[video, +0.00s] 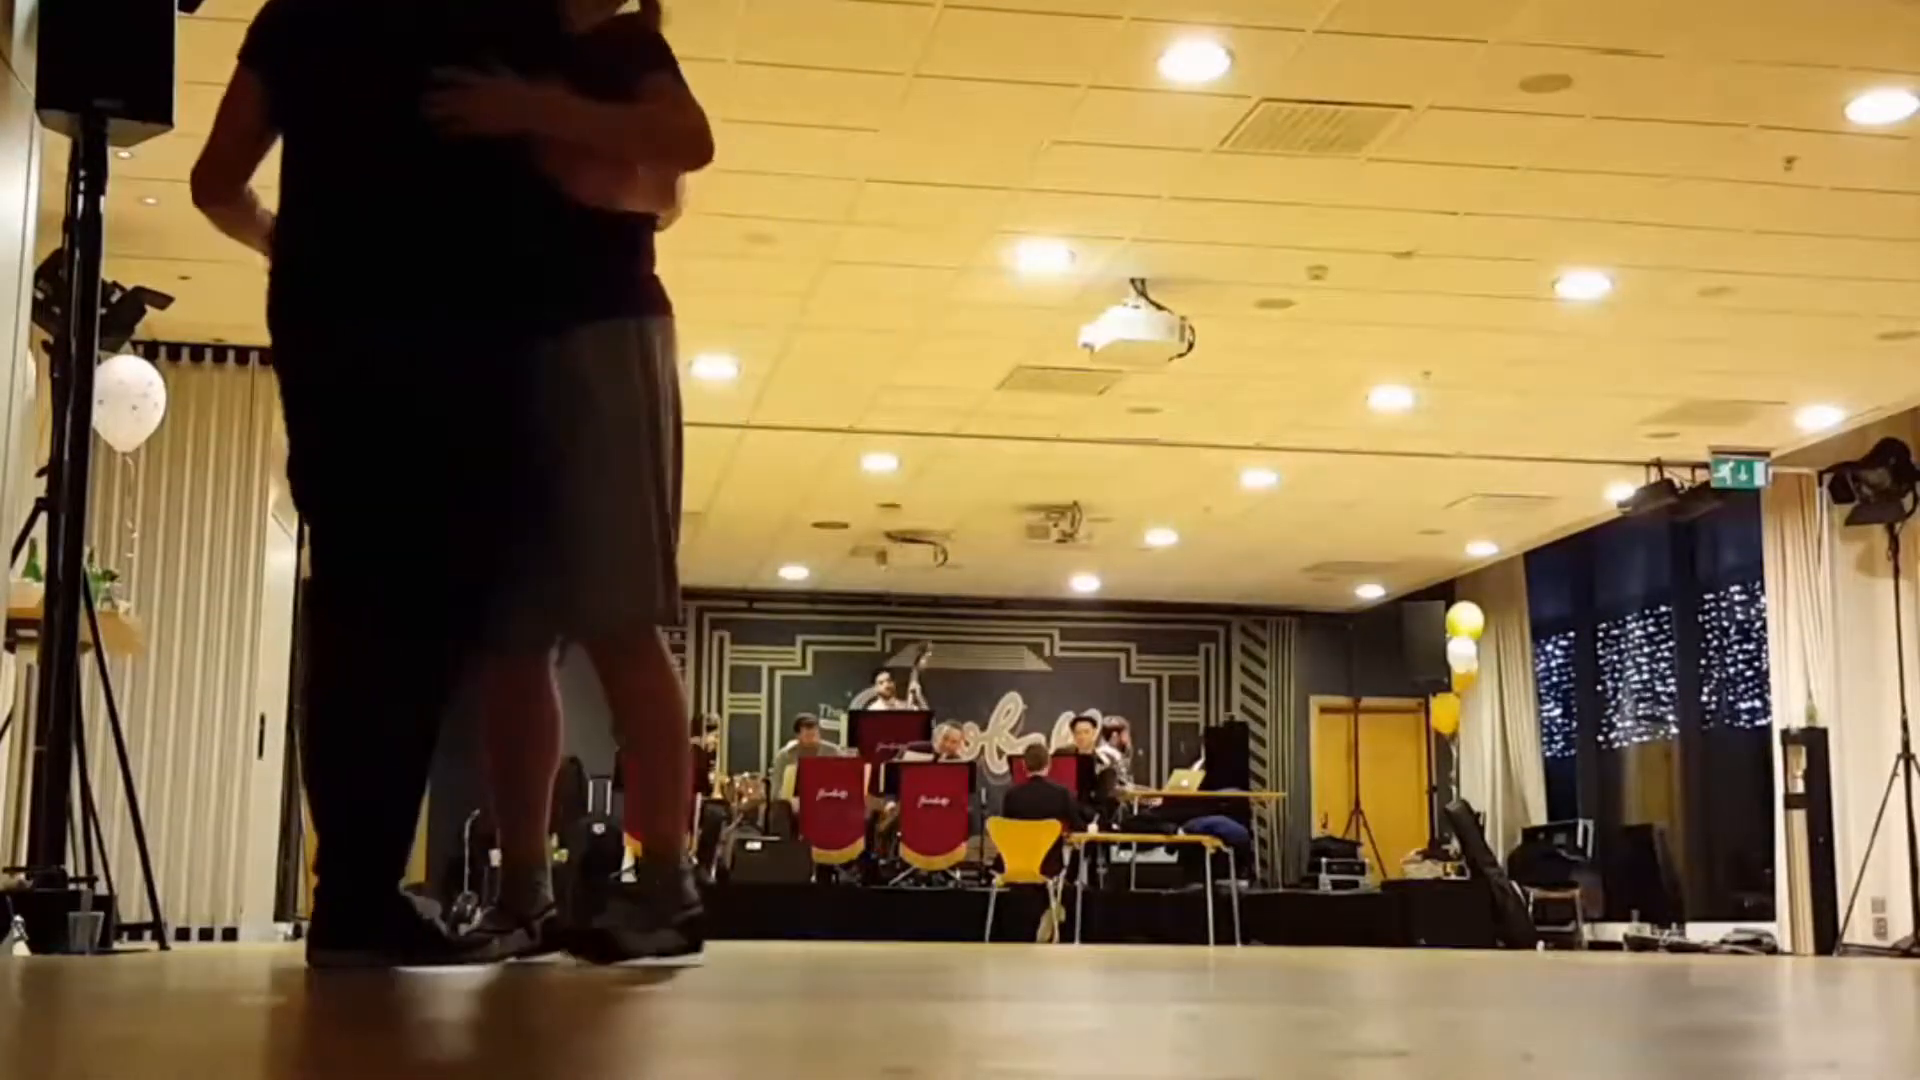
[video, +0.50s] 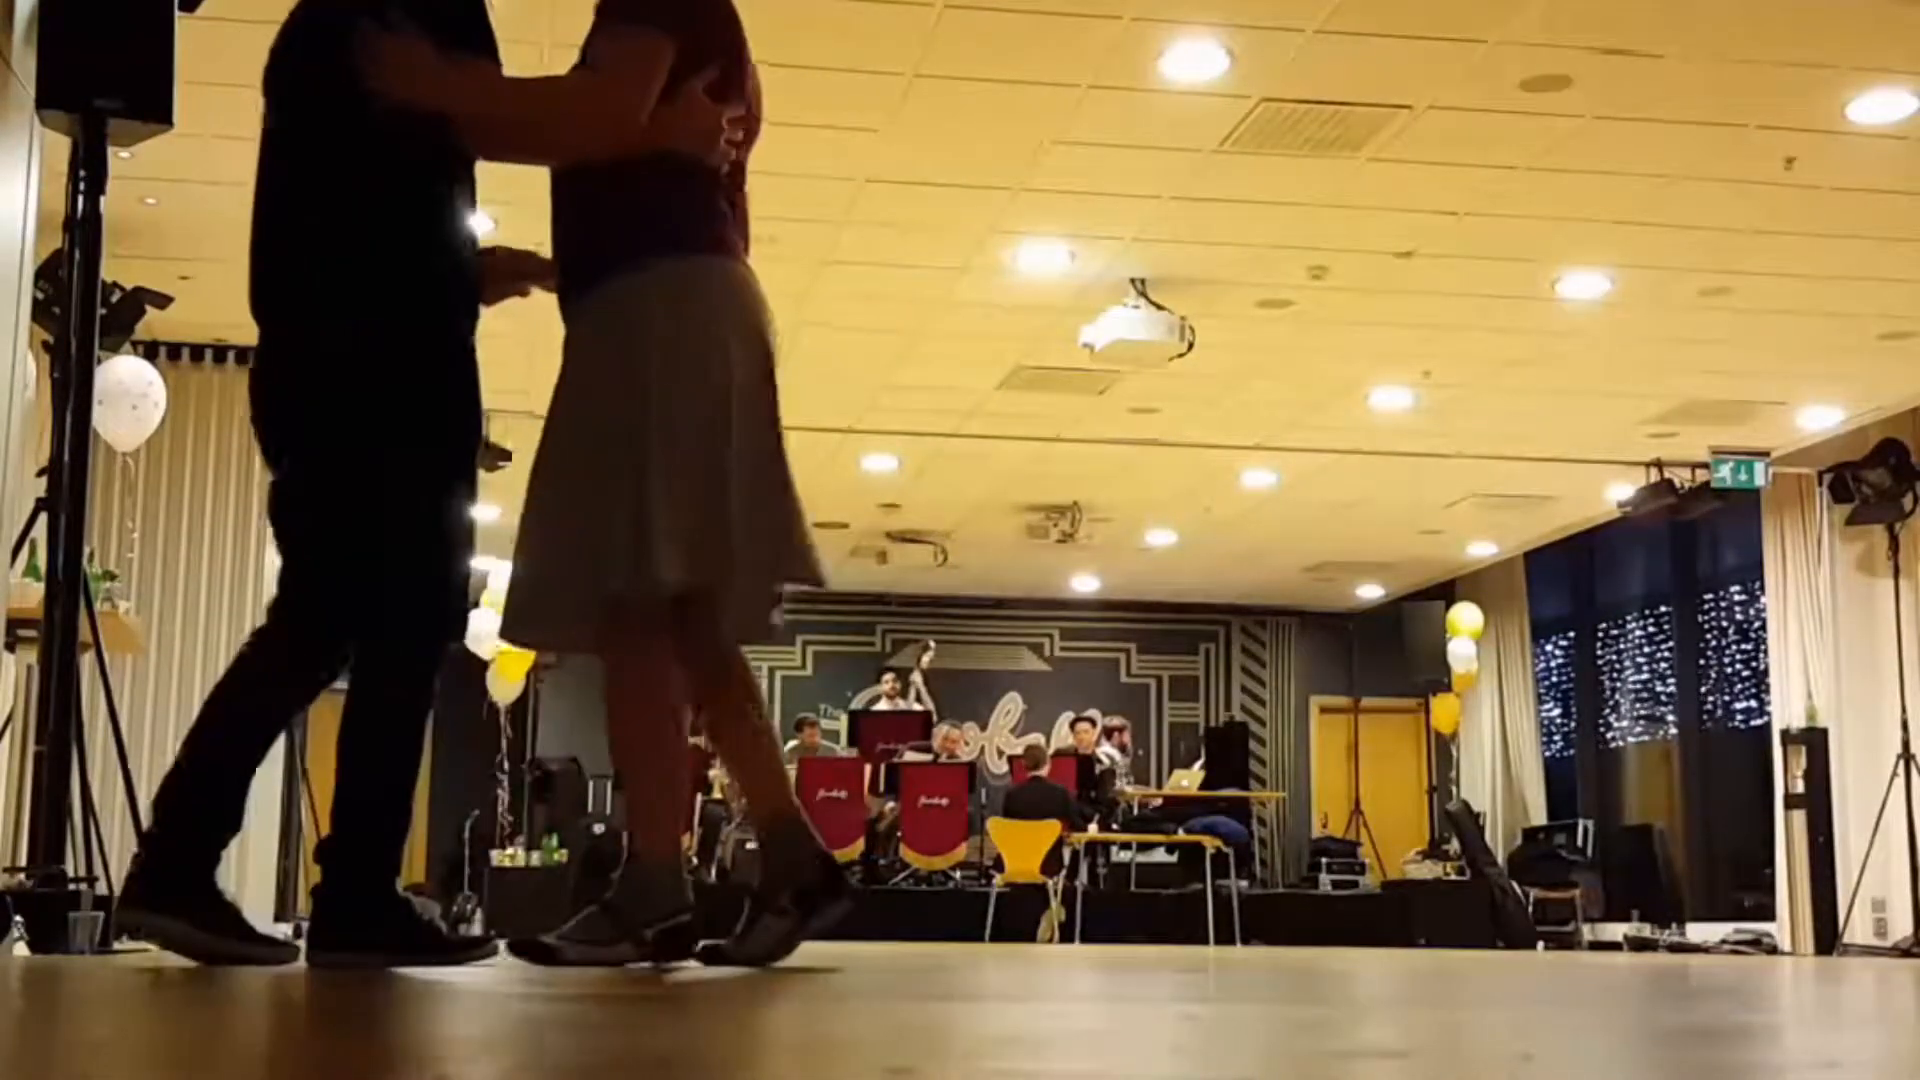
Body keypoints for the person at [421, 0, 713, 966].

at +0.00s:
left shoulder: (612, 33)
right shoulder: (447, 56)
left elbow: (689, 139)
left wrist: (532, 106)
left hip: (599, 338)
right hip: (478, 344)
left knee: (621, 621)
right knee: (509, 633)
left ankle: (664, 888)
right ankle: (524, 896)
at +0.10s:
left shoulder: (626, 22)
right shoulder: (508, 51)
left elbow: (678, 129)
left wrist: (518, 107)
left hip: (611, 334)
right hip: (509, 336)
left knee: (610, 622)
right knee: (518, 630)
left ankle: (647, 896)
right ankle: (523, 896)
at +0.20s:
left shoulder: (646, 35)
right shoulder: (594, 62)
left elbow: (658, 140)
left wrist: (499, 115)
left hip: (635, 347)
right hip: (567, 356)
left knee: (609, 621)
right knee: (542, 631)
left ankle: (646, 896)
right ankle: (547, 893)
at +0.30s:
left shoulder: (653, 22)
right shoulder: (653, 58)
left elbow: (634, 126)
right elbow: (625, 259)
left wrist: (470, 97)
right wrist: (493, 294)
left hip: (644, 335)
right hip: (631, 340)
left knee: (600, 620)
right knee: (593, 622)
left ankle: (642, 899)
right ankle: (633, 895)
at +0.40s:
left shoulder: (660, 8)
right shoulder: (679, 42)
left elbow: (616, 116)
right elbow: (651, 246)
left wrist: (459, 94)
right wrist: (511, 271)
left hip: (659, 321)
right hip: (643, 329)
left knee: (638, 619)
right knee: (630, 621)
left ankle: (647, 899)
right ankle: (761, 830)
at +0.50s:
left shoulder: (655, 3)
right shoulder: (704, 43)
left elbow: (604, 117)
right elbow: (672, 240)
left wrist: (442, 87)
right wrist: (529, 271)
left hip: (658, 316)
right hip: (700, 315)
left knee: (637, 606)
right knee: (689, 615)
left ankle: (653, 889)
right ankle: (791, 856)